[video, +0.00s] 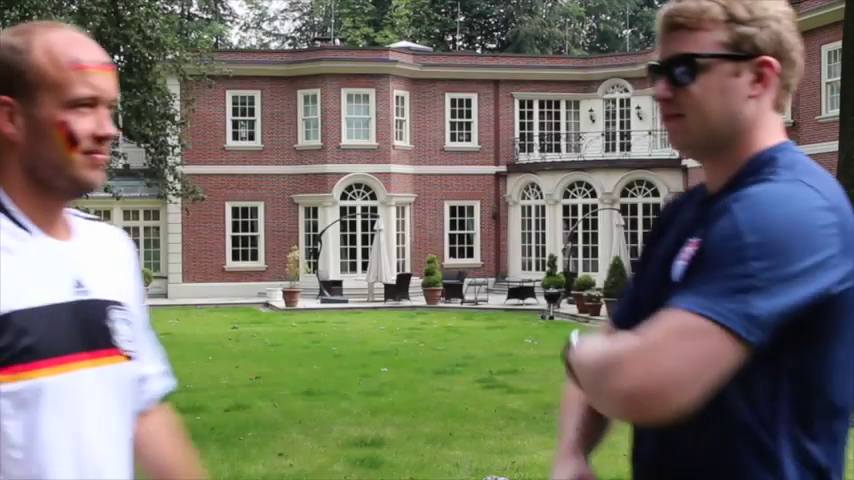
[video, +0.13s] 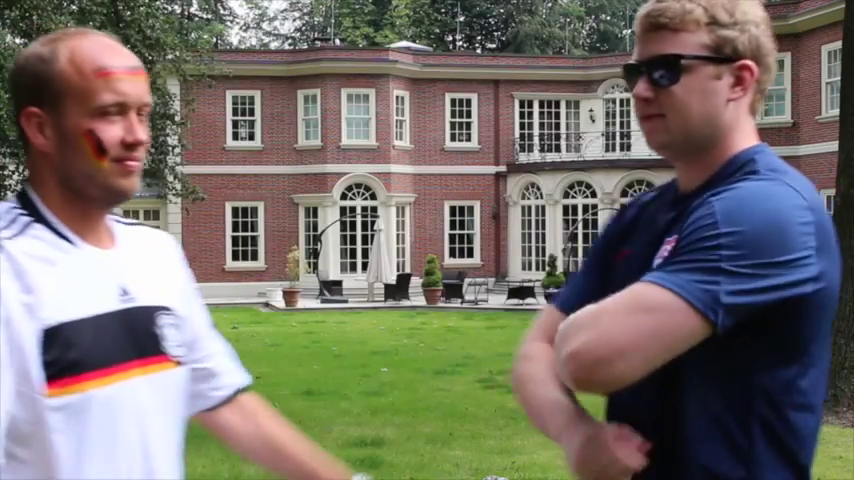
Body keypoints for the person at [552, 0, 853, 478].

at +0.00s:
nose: (661, 90)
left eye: (683, 70)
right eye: (657, 74)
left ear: (760, 79)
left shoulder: (790, 208)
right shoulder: (683, 214)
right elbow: (609, 345)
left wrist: (580, 349)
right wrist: (570, 453)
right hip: (662, 468)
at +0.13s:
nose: (640, 91)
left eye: (664, 71)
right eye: (635, 75)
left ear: (740, 81)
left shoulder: (768, 210)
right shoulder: (638, 217)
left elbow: (587, 363)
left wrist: (575, 317)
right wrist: (577, 436)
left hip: (740, 467)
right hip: (636, 468)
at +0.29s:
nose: (634, 91)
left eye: (661, 72)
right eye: (622, 76)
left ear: (722, 91)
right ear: (612, 90)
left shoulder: (758, 210)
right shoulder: (583, 220)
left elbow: (613, 361)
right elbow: (488, 365)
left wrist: (549, 345)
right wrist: (609, 413)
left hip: (719, 469)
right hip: (598, 470)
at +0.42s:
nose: (640, 89)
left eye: (667, 71)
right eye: (622, 74)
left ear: (712, 92)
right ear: (606, 94)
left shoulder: (753, 210)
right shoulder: (554, 220)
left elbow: (666, 356)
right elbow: (480, 369)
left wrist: (544, 345)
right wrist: (642, 402)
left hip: (717, 470)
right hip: (583, 471)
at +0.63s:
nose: (644, 87)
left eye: (667, 71)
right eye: (621, 72)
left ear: (700, 91)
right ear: (596, 94)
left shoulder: (750, 213)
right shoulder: (534, 222)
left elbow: (734, 368)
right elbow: (484, 377)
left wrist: (557, 347)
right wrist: (677, 390)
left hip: (713, 472)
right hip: (566, 473)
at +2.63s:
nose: (640, 97)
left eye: (663, 78)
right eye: (617, 79)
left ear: (695, 93)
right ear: (589, 96)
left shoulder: (750, 219)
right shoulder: (530, 227)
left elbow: (746, 388)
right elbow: (481, 391)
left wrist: (558, 360)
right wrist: (672, 410)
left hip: (713, 473)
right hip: (565, 473)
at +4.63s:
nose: (651, 98)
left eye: (673, 79)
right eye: (627, 81)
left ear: (705, 93)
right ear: (598, 98)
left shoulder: (761, 220)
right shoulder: (539, 227)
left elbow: (760, 389)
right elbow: (491, 391)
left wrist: (568, 362)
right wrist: (685, 411)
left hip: (723, 473)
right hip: (573, 473)